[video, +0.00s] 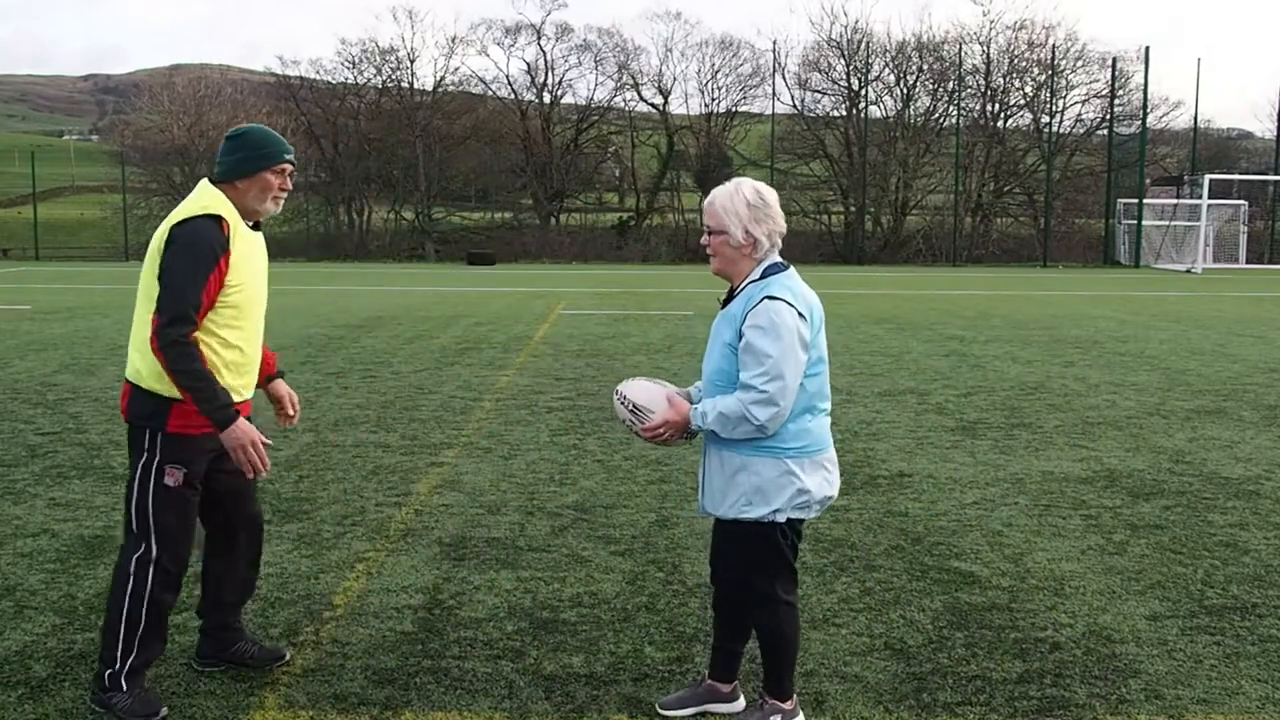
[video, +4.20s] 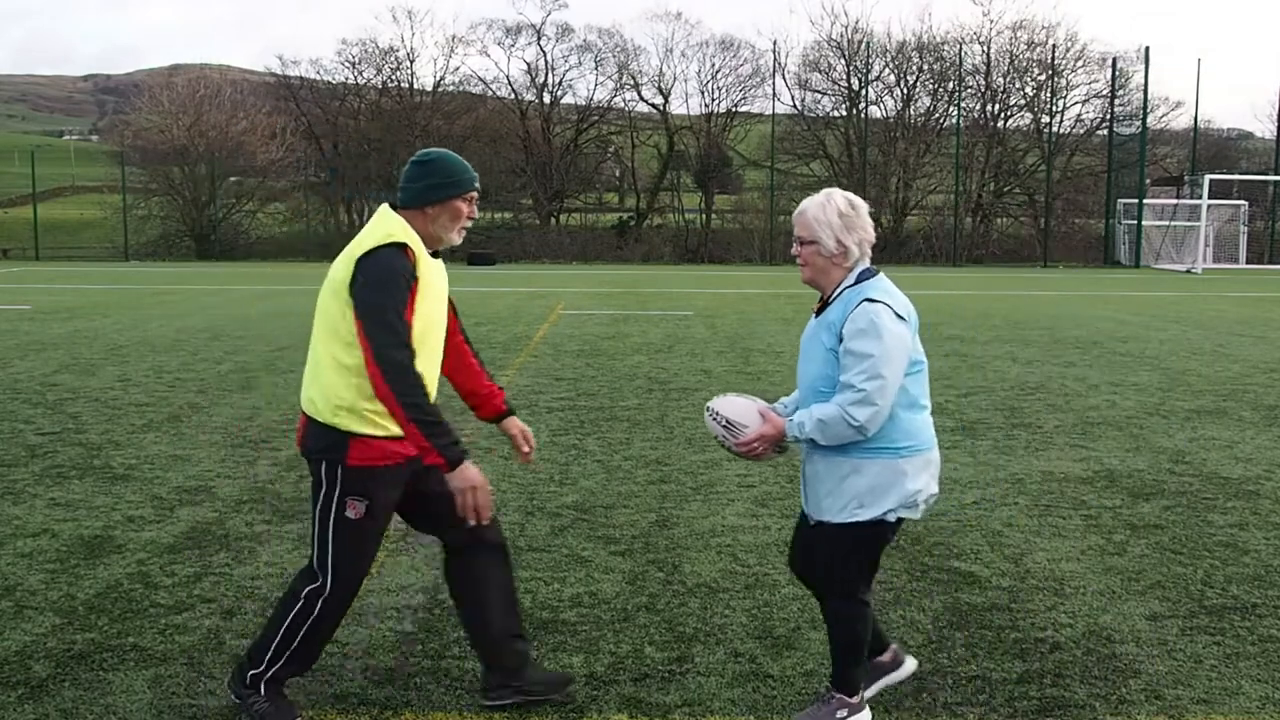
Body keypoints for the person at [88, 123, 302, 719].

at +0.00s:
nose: (285, 186)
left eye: (288, 177)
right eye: (275, 174)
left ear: (271, 181)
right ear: (238, 173)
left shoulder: (244, 228)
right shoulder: (201, 227)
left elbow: (237, 317)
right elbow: (172, 333)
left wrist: (270, 375)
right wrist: (226, 418)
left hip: (221, 413)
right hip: (170, 412)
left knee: (238, 526)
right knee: (155, 551)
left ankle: (222, 638)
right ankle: (118, 682)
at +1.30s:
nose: (285, 179)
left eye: (288, 169)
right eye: (276, 168)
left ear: (272, 172)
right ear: (239, 166)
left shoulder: (256, 223)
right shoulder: (193, 220)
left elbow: (260, 311)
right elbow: (162, 323)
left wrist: (286, 384)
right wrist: (207, 413)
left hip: (240, 409)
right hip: (189, 413)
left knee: (235, 538)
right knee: (201, 549)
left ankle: (216, 644)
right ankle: (193, 692)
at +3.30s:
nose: (304, 176)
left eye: (306, 165)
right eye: (295, 165)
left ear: (280, 168)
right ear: (254, 164)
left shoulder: (271, 222)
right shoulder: (212, 224)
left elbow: (276, 320)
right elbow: (201, 337)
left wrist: (304, 390)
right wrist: (244, 430)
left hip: (272, 416)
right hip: (215, 422)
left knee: (276, 549)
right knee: (217, 557)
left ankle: (268, 665)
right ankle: (210, 679)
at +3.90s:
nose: (387, 187)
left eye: (389, 176)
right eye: (378, 175)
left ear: (354, 182)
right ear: (339, 177)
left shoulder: (347, 231)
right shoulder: (290, 232)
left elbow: (348, 325)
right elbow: (264, 342)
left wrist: (370, 402)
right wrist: (296, 444)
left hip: (322, 422)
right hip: (272, 425)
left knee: (311, 553)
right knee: (292, 560)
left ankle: (274, 663)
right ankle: (248, 678)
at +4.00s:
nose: (404, 199)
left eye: (406, 187)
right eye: (395, 187)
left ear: (367, 192)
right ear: (356, 188)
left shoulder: (365, 240)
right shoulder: (307, 245)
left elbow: (375, 331)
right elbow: (284, 359)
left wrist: (401, 408)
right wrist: (325, 456)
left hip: (351, 430)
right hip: (291, 436)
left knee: (378, 540)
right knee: (304, 572)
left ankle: (293, 643)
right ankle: (248, 686)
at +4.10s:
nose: (432, 212)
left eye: (434, 200)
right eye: (424, 200)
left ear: (389, 204)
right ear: (385, 201)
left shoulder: (387, 250)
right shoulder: (339, 259)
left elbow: (406, 341)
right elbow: (328, 377)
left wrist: (443, 413)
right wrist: (377, 469)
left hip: (377, 433)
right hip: (320, 442)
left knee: (438, 529)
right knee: (312, 584)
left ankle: (377, 651)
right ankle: (253, 687)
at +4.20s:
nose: (473, 214)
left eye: (474, 202)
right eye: (464, 202)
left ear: (429, 207)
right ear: (427, 203)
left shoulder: (423, 259)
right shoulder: (386, 259)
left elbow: (451, 346)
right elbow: (394, 375)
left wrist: (500, 412)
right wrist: (453, 460)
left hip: (403, 437)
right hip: (353, 441)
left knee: (473, 526)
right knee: (334, 577)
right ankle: (257, 682)